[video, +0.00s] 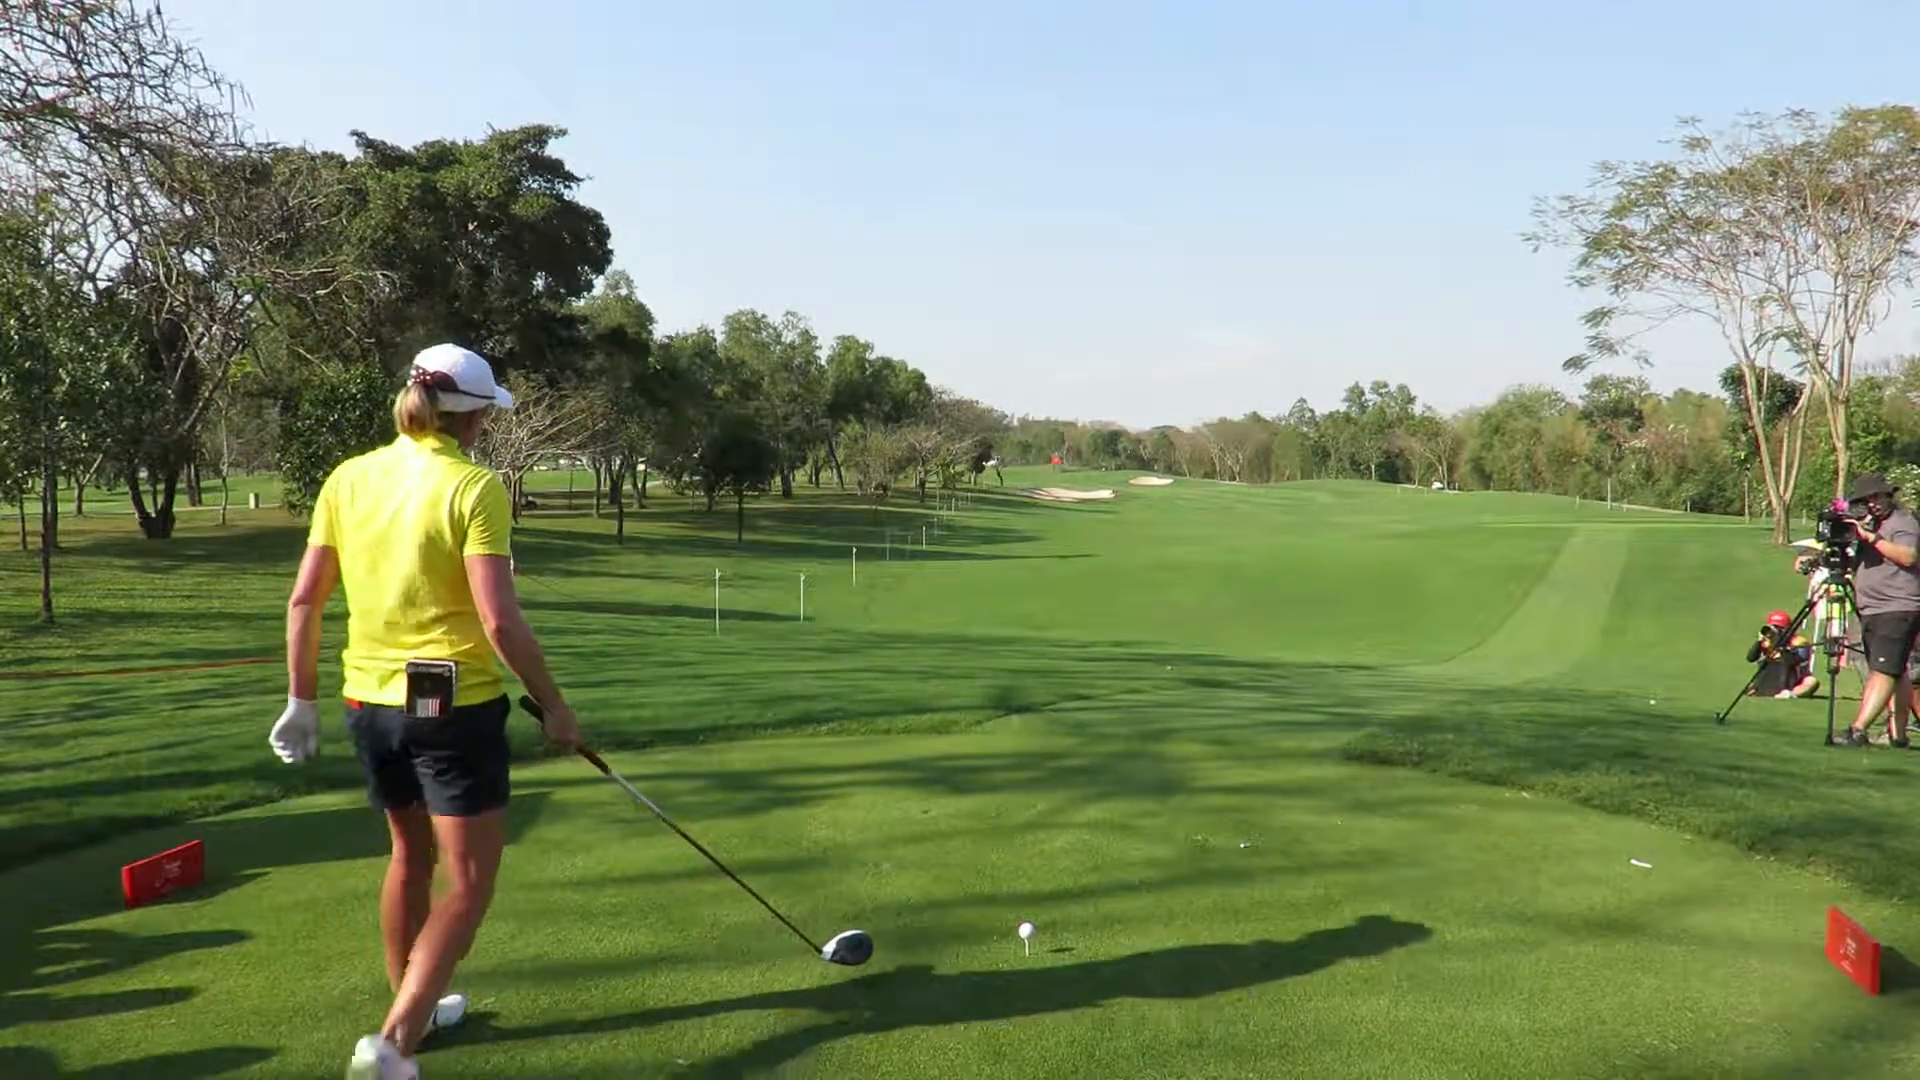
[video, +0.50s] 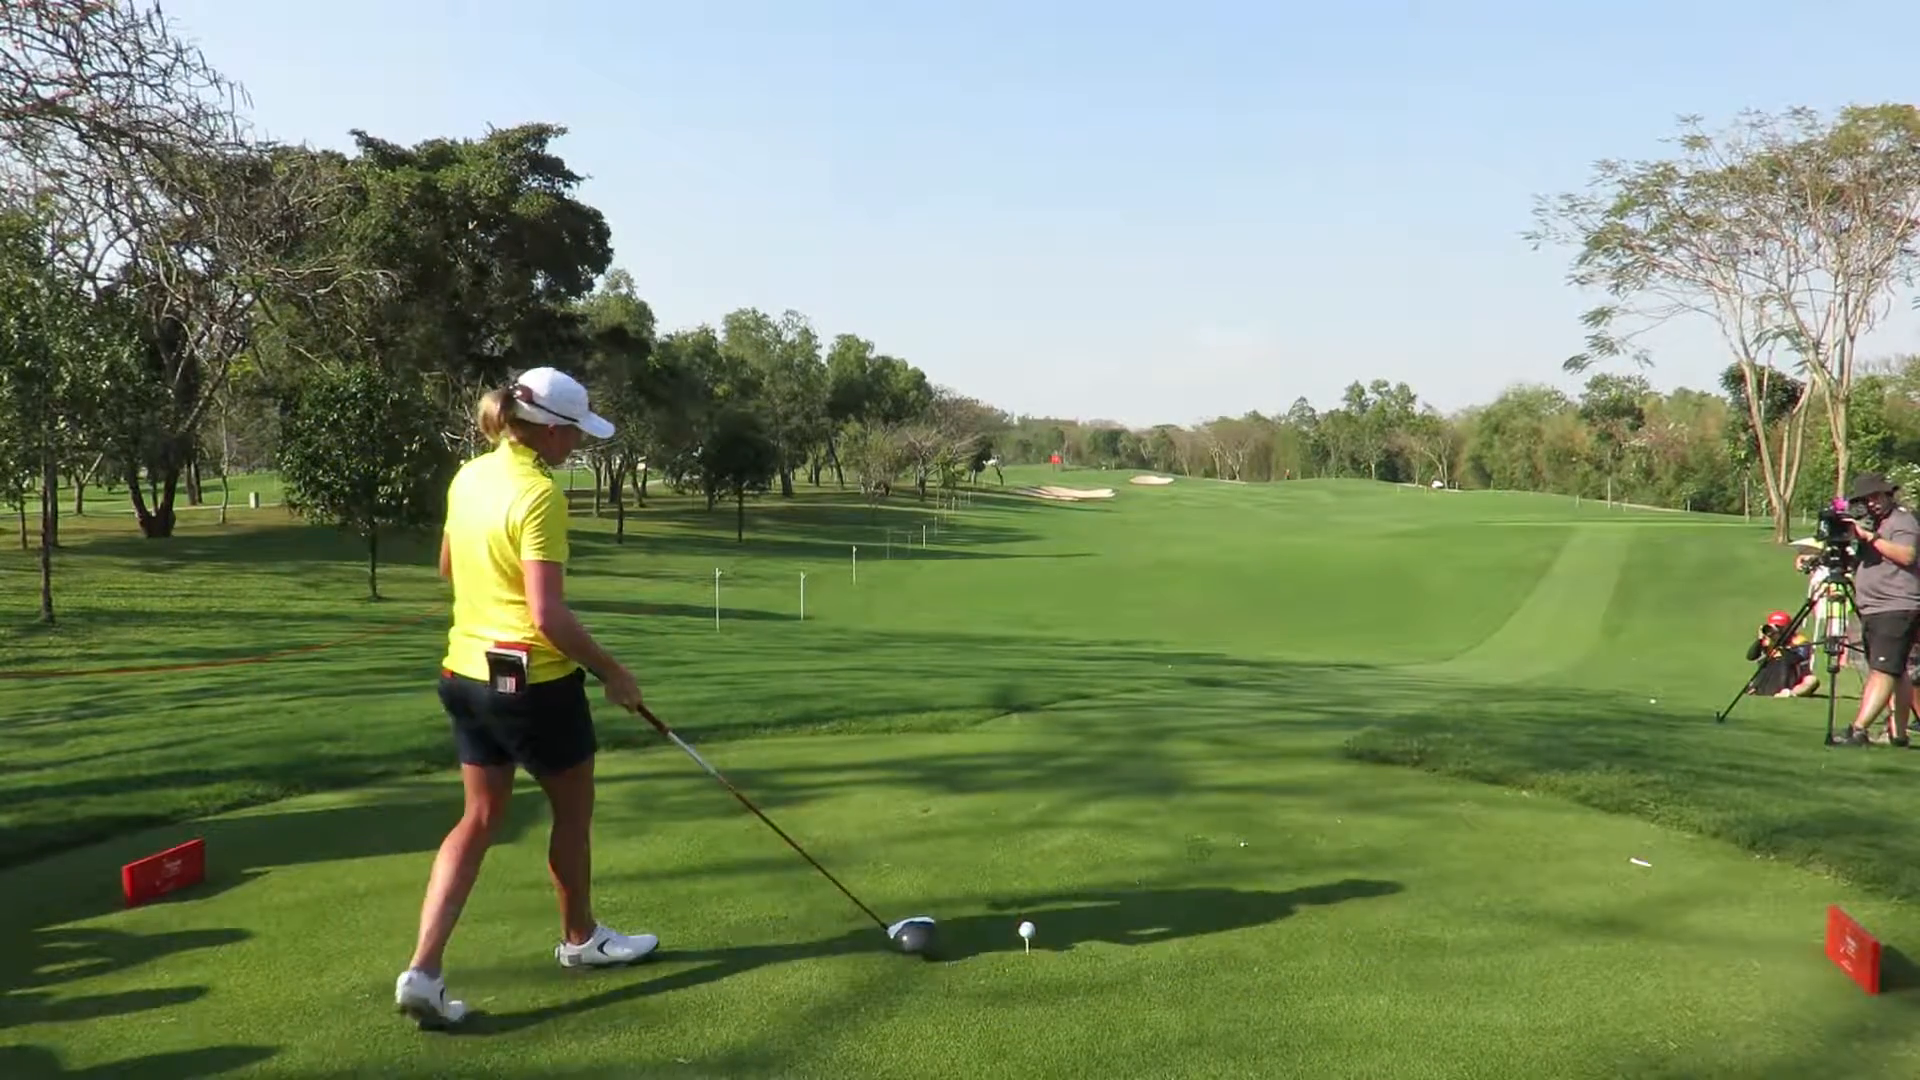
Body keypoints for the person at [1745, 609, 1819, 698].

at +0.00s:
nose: (1774, 632)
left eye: (1778, 629)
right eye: (1771, 629)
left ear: (1786, 629)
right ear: (1769, 628)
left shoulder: (1799, 642)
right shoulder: (1768, 642)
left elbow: (1800, 657)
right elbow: (1751, 658)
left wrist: (1783, 654)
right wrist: (1759, 642)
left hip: (1793, 679)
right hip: (1771, 677)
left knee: (1812, 681)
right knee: (1750, 688)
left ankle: (1791, 694)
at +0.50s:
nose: (1772, 634)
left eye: (1776, 630)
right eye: (1770, 630)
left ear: (1785, 630)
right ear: (1768, 629)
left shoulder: (1800, 642)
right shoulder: (1770, 642)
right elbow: (1751, 657)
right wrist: (1759, 641)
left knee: (1812, 680)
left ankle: (1792, 693)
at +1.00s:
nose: (1774, 630)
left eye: (1778, 626)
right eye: (1771, 626)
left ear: (1786, 626)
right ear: (1769, 626)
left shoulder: (1799, 638)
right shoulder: (1769, 638)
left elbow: (1799, 655)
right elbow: (1751, 654)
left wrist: (1783, 651)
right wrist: (1759, 638)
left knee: (1812, 677)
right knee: (1750, 685)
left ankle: (1791, 690)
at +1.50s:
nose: (1774, 609)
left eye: (1778, 605)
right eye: (1772, 605)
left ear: (1786, 605)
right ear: (1769, 604)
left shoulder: (1798, 618)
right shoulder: (1769, 616)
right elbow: (1750, 632)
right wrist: (1759, 617)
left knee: (1811, 655)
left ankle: (1792, 668)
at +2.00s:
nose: (1774, 590)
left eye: (1777, 586)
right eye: (1771, 586)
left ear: (1786, 586)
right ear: (1768, 586)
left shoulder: (1799, 599)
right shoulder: (1768, 598)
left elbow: (1799, 614)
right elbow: (1750, 614)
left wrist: (1781, 611)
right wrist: (1759, 599)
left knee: (1811, 637)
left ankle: (1790, 650)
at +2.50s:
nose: (1773, 581)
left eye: (1776, 577)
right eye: (1770, 577)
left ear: (1785, 577)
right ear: (1768, 576)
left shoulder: (1798, 589)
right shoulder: (1769, 588)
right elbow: (1750, 604)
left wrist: (1782, 602)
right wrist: (1759, 589)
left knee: (1810, 627)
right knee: (1748, 634)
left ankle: (1790, 640)